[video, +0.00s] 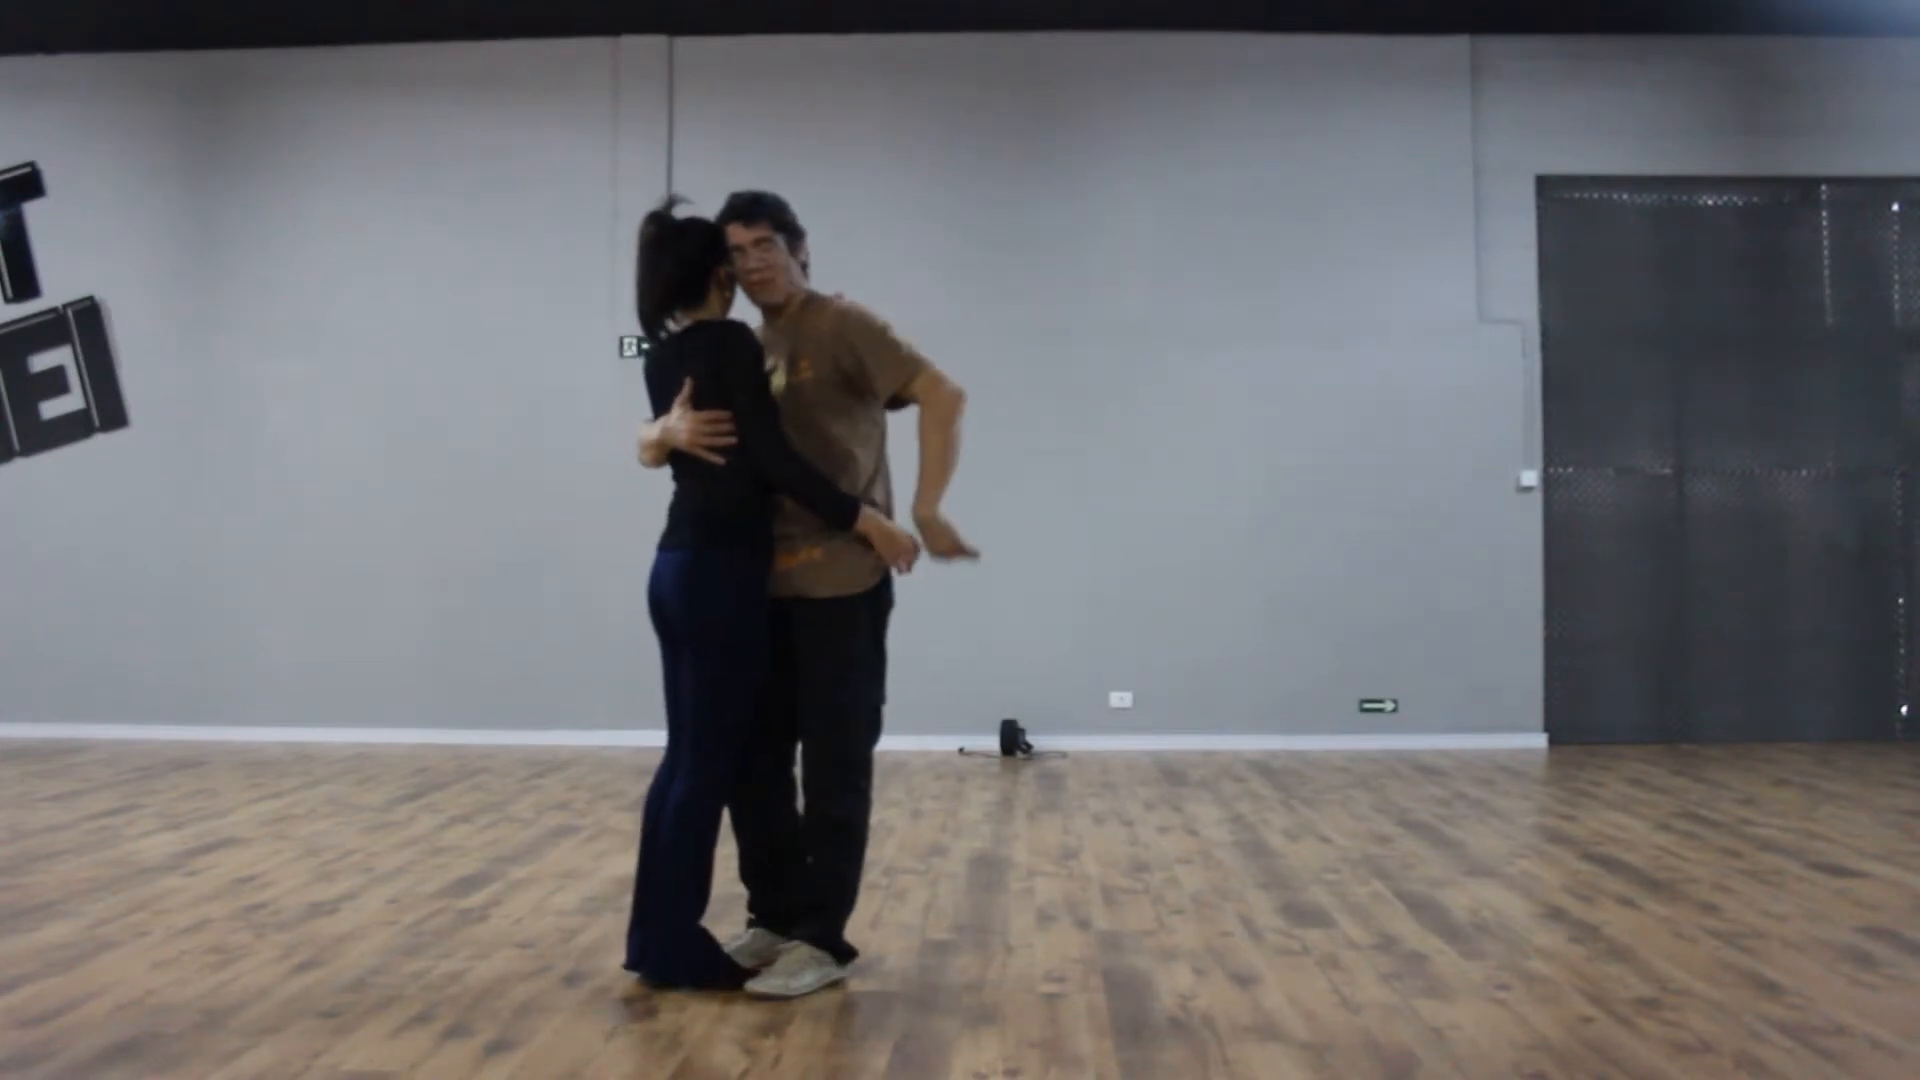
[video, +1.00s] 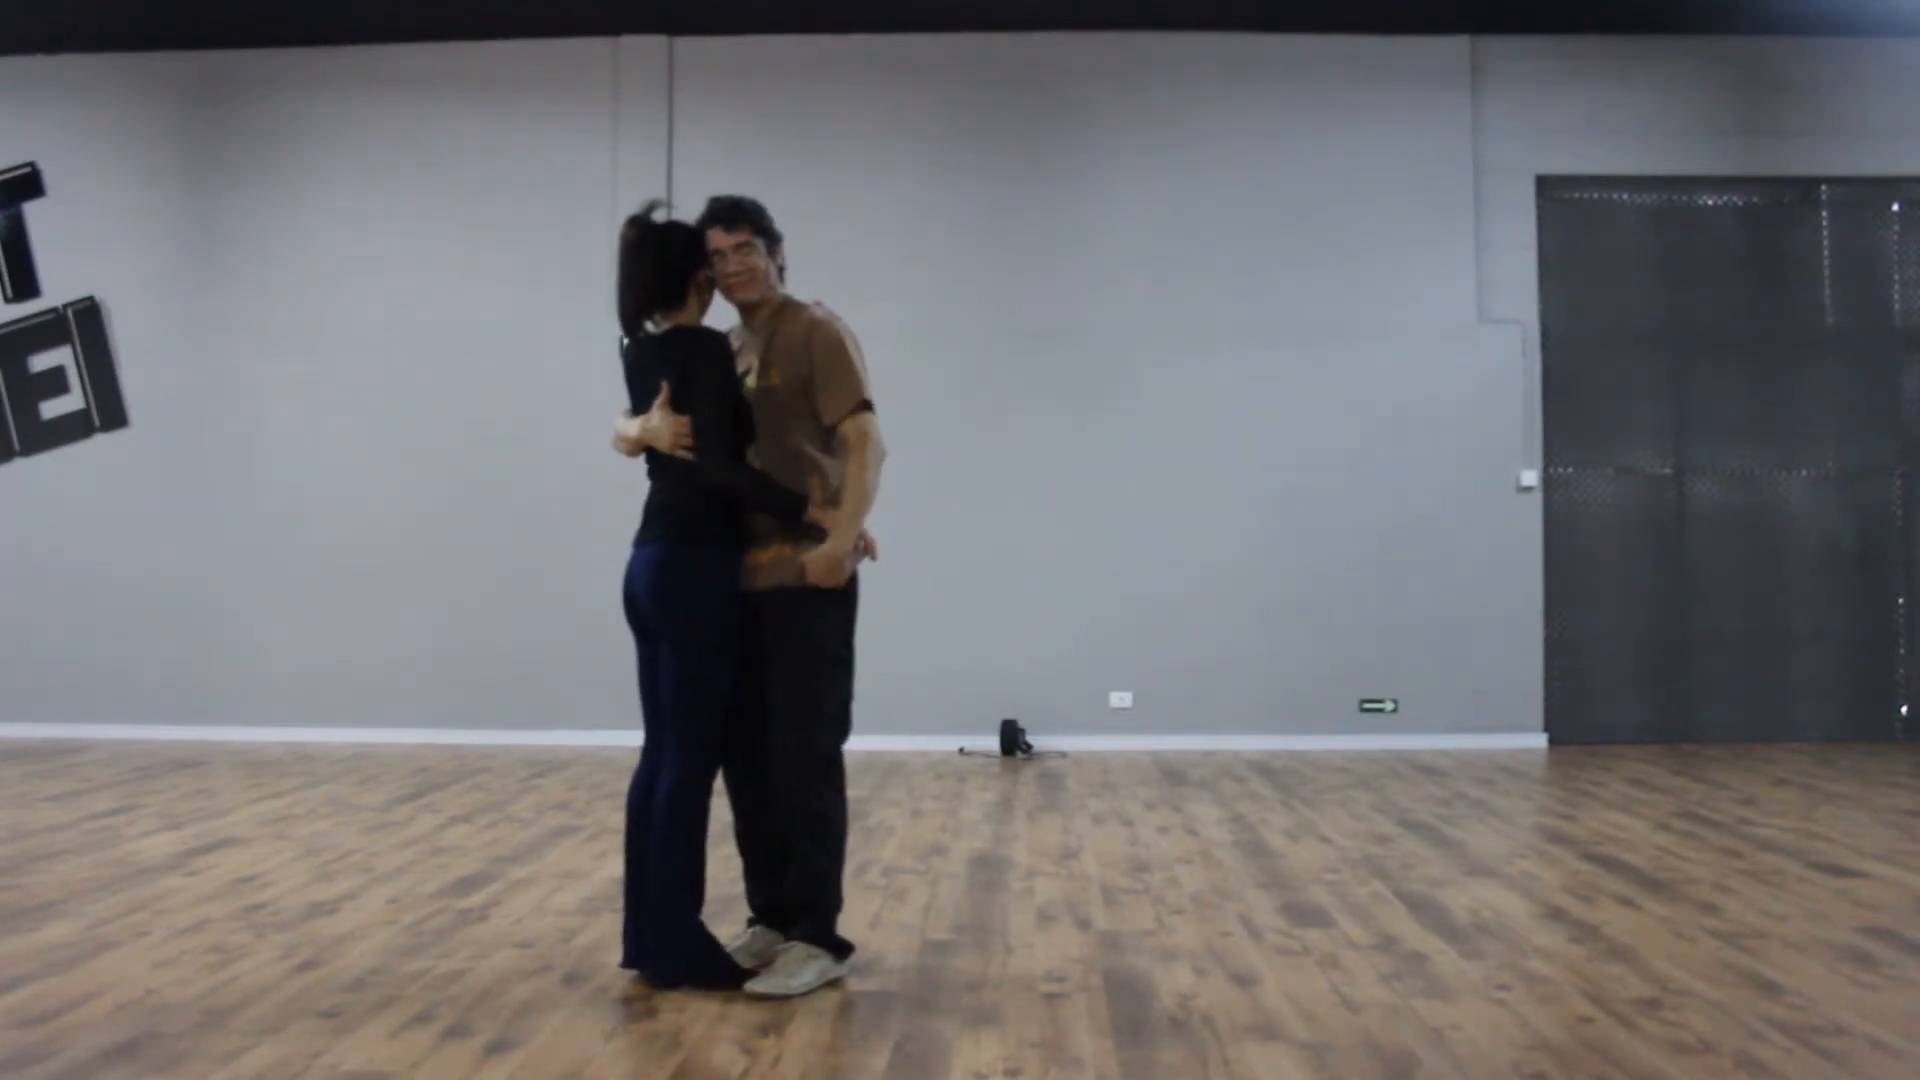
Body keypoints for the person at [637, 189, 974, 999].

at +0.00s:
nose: (754, 264)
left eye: (765, 246)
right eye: (738, 253)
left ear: (798, 249)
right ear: (728, 267)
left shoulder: (843, 326)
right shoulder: (735, 349)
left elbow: (942, 396)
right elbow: (646, 450)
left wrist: (926, 511)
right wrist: (666, 432)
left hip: (841, 587)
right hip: (761, 589)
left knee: (833, 767)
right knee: (756, 761)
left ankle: (822, 942)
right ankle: (773, 922)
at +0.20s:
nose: (748, 263)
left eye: (760, 246)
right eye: (734, 254)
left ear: (795, 248)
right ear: (723, 268)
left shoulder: (842, 327)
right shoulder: (737, 346)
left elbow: (894, 432)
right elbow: (653, 441)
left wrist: (878, 544)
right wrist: (660, 434)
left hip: (836, 586)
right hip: (756, 584)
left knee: (831, 765)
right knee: (752, 760)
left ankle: (823, 940)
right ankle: (777, 919)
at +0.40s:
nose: (745, 263)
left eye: (755, 247)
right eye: (730, 254)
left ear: (790, 248)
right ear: (718, 270)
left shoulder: (834, 328)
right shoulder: (731, 344)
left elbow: (872, 441)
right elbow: (647, 433)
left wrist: (815, 535)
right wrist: (656, 429)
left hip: (830, 577)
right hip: (748, 571)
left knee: (824, 758)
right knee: (747, 753)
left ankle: (823, 941)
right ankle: (774, 920)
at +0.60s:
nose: (742, 265)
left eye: (752, 248)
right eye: (727, 254)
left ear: (785, 248)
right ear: (715, 267)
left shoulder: (828, 327)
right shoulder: (728, 342)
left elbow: (868, 438)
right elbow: (639, 430)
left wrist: (814, 530)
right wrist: (650, 425)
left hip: (824, 578)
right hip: (747, 573)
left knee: (816, 755)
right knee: (748, 751)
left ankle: (821, 941)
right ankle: (772, 922)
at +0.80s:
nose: (736, 265)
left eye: (747, 248)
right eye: (722, 255)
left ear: (779, 251)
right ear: (711, 268)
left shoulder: (821, 328)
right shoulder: (723, 345)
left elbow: (864, 442)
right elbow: (634, 431)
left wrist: (830, 544)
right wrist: (644, 427)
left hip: (814, 574)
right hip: (741, 575)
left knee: (812, 757)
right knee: (748, 754)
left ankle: (820, 940)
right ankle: (771, 921)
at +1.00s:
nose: (730, 266)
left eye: (742, 250)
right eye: (717, 257)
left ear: (775, 253)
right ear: (705, 271)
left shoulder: (815, 331)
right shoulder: (720, 349)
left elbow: (865, 441)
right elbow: (628, 434)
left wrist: (843, 539)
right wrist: (639, 432)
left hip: (809, 575)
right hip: (739, 577)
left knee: (805, 756)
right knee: (746, 755)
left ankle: (818, 940)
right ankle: (770, 921)